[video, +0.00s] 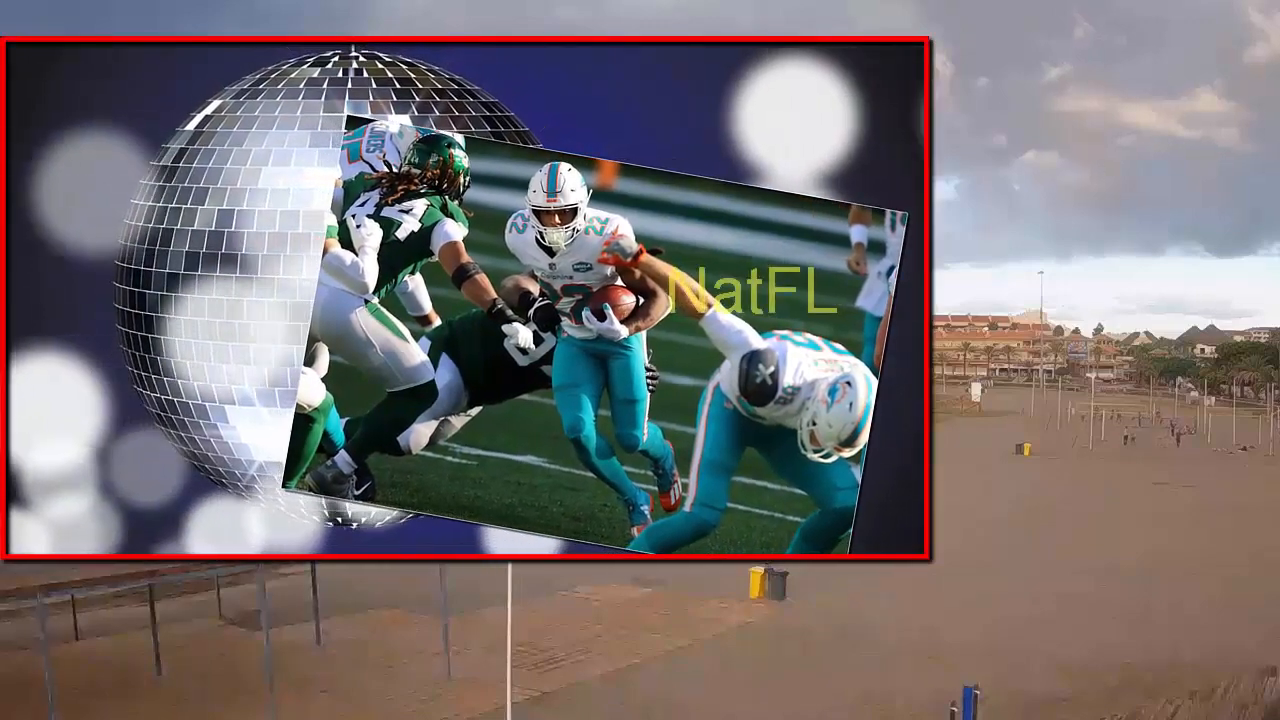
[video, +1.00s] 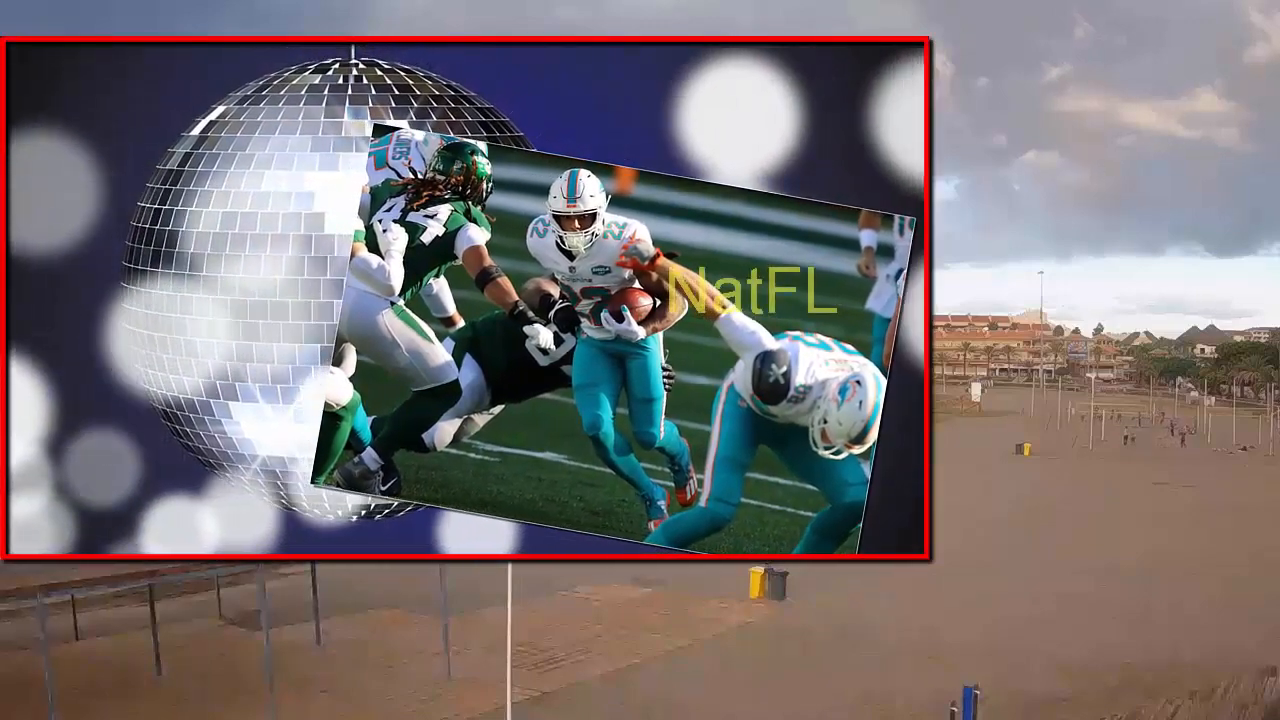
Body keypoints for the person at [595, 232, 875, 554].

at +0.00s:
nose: (822, 455)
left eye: (835, 452)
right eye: (818, 442)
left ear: (861, 429)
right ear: (810, 409)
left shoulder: (872, 413)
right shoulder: (763, 366)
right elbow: (700, 303)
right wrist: (639, 258)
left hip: (788, 424)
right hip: (733, 401)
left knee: (845, 503)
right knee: (704, 515)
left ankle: (785, 581)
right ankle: (622, 568)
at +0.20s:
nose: (825, 454)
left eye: (838, 451)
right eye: (821, 442)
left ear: (863, 429)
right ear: (814, 410)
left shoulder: (874, 413)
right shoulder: (763, 364)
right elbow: (703, 304)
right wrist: (643, 259)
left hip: (789, 424)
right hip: (735, 400)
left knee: (848, 501)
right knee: (707, 515)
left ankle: (787, 579)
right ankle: (626, 567)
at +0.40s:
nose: (828, 453)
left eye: (841, 450)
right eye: (824, 441)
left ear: (866, 428)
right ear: (816, 409)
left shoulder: (876, 413)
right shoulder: (769, 368)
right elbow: (707, 305)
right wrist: (646, 260)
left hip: (791, 423)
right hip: (738, 400)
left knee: (850, 501)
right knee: (710, 514)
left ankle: (790, 578)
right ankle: (633, 562)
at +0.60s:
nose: (830, 452)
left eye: (843, 449)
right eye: (826, 440)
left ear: (868, 428)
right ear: (818, 407)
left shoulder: (879, 414)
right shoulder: (774, 370)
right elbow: (709, 305)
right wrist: (650, 260)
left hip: (794, 423)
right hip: (741, 400)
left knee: (852, 500)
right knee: (712, 513)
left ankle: (791, 577)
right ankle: (635, 563)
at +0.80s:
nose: (832, 452)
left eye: (845, 449)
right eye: (828, 439)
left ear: (871, 428)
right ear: (820, 408)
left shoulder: (881, 414)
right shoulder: (775, 370)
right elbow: (711, 305)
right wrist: (653, 261)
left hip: (797, 423)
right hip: (744, 400)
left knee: (854, 498)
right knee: (715, 511)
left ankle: (794, 576)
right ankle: (633, 565)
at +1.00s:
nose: (834, 451)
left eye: (847, 448)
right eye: (830, 438)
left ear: (872, 427)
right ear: (823, 408)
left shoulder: (884, 413)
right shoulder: (778, 370)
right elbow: (714, 305)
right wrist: (657, 262)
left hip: (799, 422)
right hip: (746, 399)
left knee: (856, 498)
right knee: (719, 510)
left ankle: (795, 574)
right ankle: (638, 563)